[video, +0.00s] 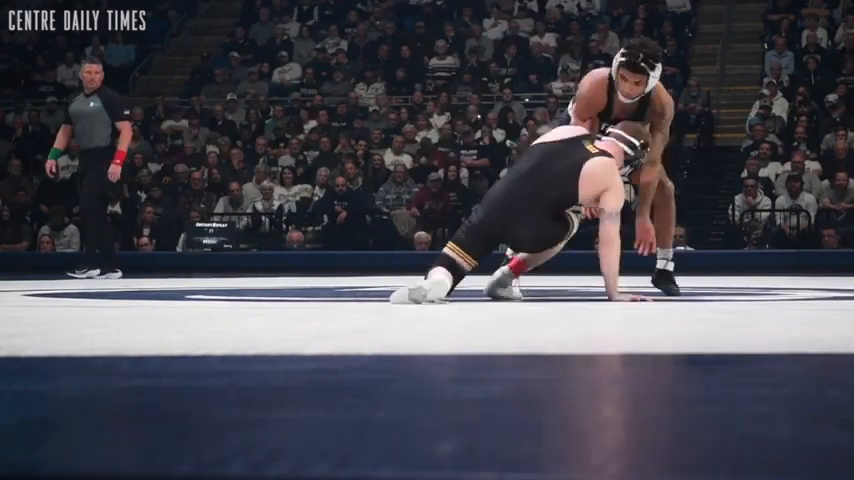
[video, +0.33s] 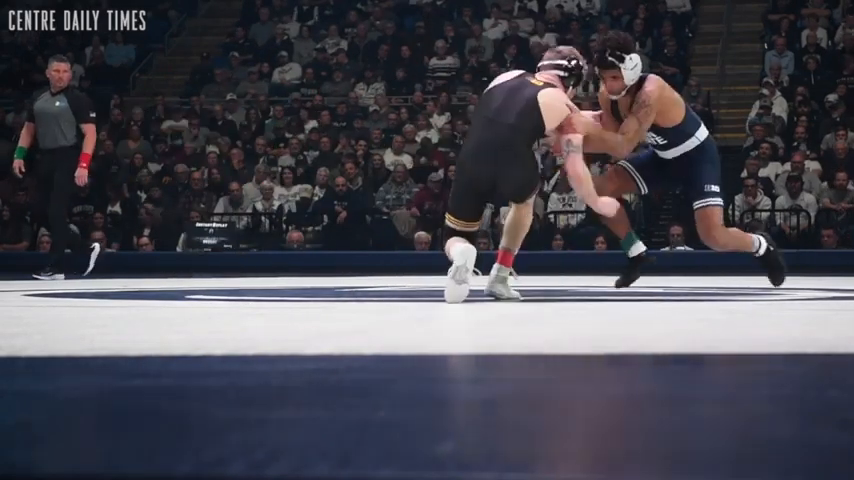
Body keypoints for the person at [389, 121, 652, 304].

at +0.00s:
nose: (626, 169)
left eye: (629, 164)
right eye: (630, 164)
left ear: (606, 135)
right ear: (628, 157)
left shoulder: (563, 132)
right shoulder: (612, 180)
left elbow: (530, 166)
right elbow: (608, 237)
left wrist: (572, 198)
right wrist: (614, 291)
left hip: (493, 210)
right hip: (533, 232)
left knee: (451, 265)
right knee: (569, 225)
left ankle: (434, 284)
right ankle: (506, 278)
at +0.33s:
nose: (576, 91)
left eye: (577, 86)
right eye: (577, 85)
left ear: (540, 69)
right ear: (571, 81)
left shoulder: (505, 78)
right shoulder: (564, 108)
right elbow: (574, 166)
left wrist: (574, 119)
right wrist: (596, 203)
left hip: (473, 166)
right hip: (514, 170)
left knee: (456, 237)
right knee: (523, 201)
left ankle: (463, 254)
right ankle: (501, 274)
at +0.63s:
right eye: (572, 65)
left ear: (545, 45)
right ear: (571, 60)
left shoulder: (509, 47)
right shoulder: (559, 82)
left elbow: (493, 115)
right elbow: (578, 144)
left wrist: (503, 182)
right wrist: (548, 176)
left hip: (459, 122)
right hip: (494, 139)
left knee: (436, 201)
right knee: (442, 198)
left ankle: (452, 252)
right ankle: (384, 243)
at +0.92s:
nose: (563, 245)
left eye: (566, 240)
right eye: (566, 241)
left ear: (551, 220)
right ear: (560, 235)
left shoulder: (520, 209)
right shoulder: (544, 247)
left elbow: (487, 239)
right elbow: (577, 294)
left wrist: (488, 289)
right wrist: (592, 298)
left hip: (429, 190)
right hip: (436, 216)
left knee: (351, 210)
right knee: (379, 289)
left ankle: (281, 179)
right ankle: (301, 263)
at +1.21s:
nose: (522, 255)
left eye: (526, 252)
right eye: (526, 250)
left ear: (519, 244)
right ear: (519, 243)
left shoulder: (491, 244)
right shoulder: (495, 245)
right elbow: (505, 273)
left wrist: (468, 279)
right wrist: (544, 290)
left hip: (397, 212)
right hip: (396, 208)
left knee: (398, 269)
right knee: (395, 287)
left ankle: (335, 247)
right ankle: (321, 262)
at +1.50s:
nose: (444, 267)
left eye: (446, 271)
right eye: (450, 269)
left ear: (450, 267)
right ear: (460, 258)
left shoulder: (458, 244)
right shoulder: (459, 221)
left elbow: (465, 275)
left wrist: (483, 284)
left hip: (392, 237)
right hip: (366, 221)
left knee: (412, 285)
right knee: (388, 286)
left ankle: (352, 282)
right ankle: (327, 268)